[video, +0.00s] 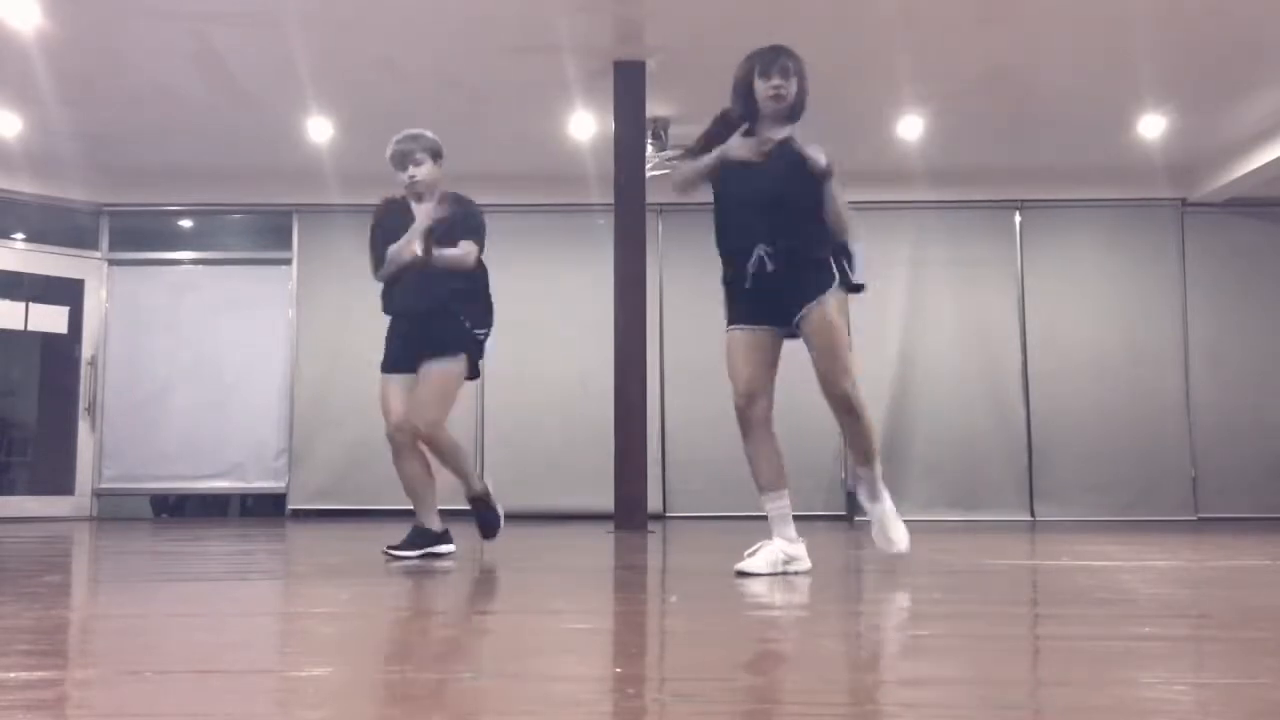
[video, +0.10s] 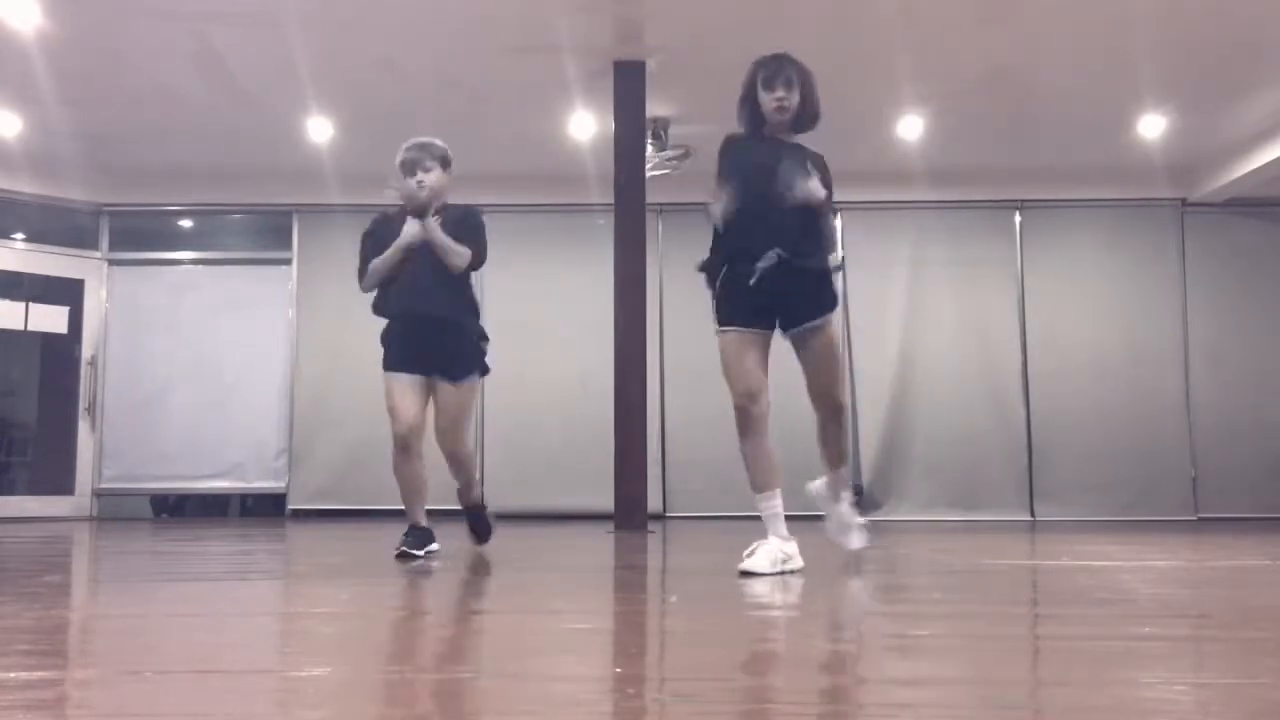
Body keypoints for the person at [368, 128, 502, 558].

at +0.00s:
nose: (411, 171)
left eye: (419, 162)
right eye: (403, 165)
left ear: (438, 164)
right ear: (396, 173)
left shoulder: (461, 207)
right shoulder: (389, 213)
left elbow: (468, 256)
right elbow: (385, 268)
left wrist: (422, 254)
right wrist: (419, 224)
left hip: (452, 325)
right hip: (404, 327)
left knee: (424, 424)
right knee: (397, 428)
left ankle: (476, 490)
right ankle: (430, 528)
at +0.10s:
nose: (419, 178)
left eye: (428, 169)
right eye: (410, 171)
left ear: (447, 175)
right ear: (400, 181)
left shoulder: (465, 219)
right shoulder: (384, 225)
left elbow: (463, 261)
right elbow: (367, 280)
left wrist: (429, 223)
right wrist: (401, 244)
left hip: (456, 338)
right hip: (404, 338)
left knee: (453, 441)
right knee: (404, 433)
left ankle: (471, 499)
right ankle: (418, 527)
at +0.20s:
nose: (419, 188)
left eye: (428, 181)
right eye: (411, 183)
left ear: (447, 191)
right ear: (404, 195)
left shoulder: (463, 222)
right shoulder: (391, 243)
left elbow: (480, 259)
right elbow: (371, 304)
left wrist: (437, 225)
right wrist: (395, 280)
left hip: (459, 349)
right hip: (408, 351)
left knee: (463, 456)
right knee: (415, 437)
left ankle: (455, 513)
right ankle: (420, 528)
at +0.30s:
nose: (409, 208)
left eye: (420, 201)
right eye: (403, 204)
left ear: (441, 211)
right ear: (398, 217)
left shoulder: (467, 245)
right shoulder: (391, 268)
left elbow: (513, 280)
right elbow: (374, 321)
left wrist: (472, 272)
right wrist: (401, 345)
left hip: (459, 373)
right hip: (409, 374)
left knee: (490, 468)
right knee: (404, 442)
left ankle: (449, 519)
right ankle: (422, 529)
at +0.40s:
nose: (423, 250)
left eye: (422, 239)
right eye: (412, 249)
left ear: (439, 235)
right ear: (409, 261)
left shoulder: (477, 277)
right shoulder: (410, 297)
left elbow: (483, 318)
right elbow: (376, 344)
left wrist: (495, 342)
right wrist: (409, 387)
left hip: (461, 402)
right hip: (414, 399)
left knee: (513, 464)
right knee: (406, 446)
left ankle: (453, 521)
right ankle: (423, 528)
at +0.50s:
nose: (456, 285)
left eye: (454, 275)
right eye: (444, 283)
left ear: (458, 271)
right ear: (431, 290)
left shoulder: (459, 314)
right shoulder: (445, 323)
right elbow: (433, 383)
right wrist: (463, 431)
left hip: (456, 417)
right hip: (417, 419)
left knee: (511, 461)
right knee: (452, 455)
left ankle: (450, 524)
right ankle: (401, 525)